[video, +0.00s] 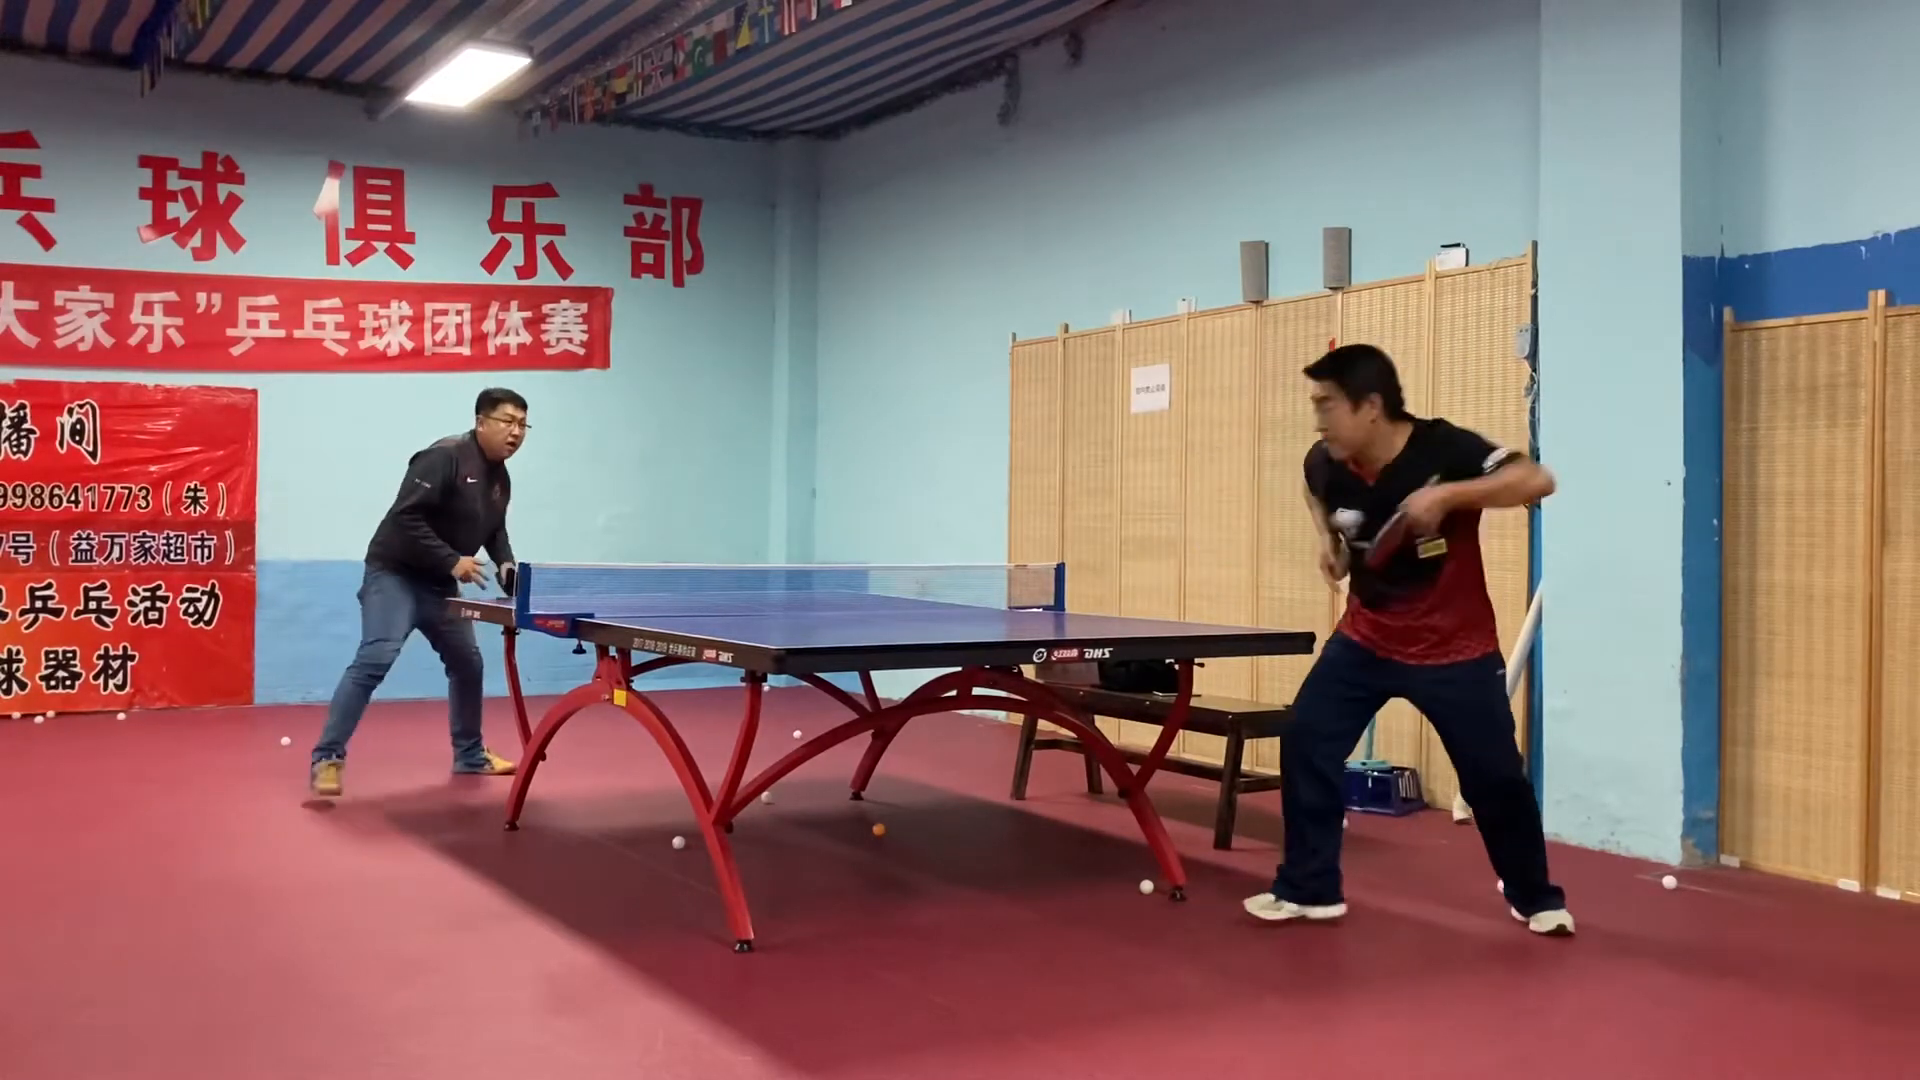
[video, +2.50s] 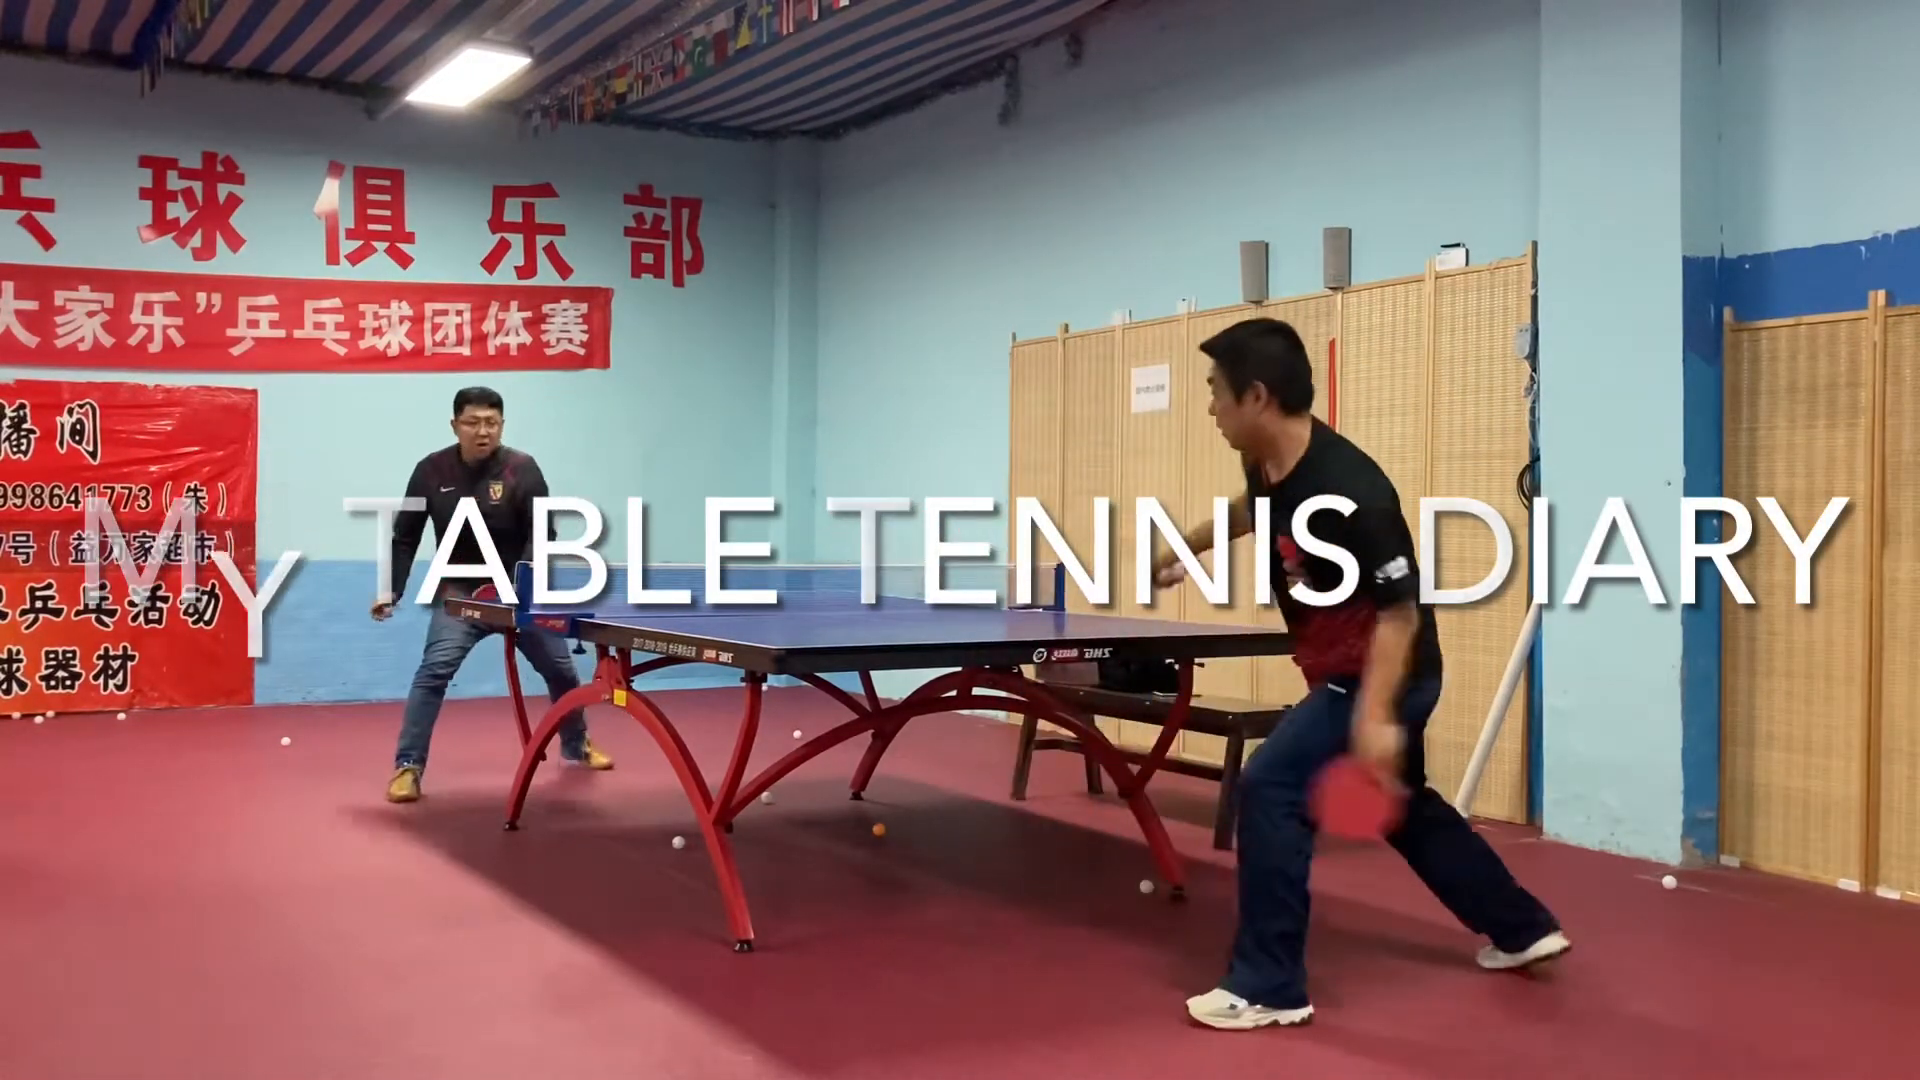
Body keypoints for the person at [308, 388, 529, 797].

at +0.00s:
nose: (516, 433)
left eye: (522, 426)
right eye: (508, 423)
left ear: (524, 431)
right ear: (481, 422)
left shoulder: (500, 479)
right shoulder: (442, 458)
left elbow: (494, 529)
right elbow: (404, 521)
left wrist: (506, 564)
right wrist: (451, 559)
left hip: (439, 583)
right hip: (394, 574)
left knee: (467, 663)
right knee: (376, 656)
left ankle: (469, 755)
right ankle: (328, 758)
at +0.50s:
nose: (487, 430)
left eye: (493, 423)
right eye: (478, 420)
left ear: (496, 425)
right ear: (450, 417)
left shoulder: (489, 464)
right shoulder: (398, 453)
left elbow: (507, 515)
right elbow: (363, 517)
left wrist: (536, 538)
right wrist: (404, 554)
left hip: (457, 594)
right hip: (394, 595)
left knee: (513, 659)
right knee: (358, 676)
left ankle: (534, 766)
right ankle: (307, 775)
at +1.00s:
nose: (538, 438)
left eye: (547, 430)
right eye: (529, 428)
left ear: (555, 431)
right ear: (506, 425)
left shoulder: (561, 480)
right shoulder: (471, 453)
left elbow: (569, 546)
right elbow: (439, 499)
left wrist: (552, 598)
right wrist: (425, 548)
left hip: (527, 602)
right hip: (462, 593)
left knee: (545, 668)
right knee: (405, 676)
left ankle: (557, 779)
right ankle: (382, 766)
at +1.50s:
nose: (558, 422)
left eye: (566, 415)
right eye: (548, 413)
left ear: (573, 419)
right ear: (527, 413)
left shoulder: (576, 465)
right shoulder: (485, 456)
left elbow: (598, 521)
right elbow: (446, 510)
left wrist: (620, 518)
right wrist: (460, 568)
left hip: (547, 587)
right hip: (484, 587)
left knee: (604, 650)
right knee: (443, 672)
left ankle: (610, 750)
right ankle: (404, 764)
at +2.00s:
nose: (504, 448)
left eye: (514, 439)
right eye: (495, 437)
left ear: (528, 438)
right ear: (481, 434)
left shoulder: (543, 473)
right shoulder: (459, 467)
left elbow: (529, 536)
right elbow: (436, 529)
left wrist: (472, 557)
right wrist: (419, 572)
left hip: (533, 590)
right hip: (474, 592)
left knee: (582, 665)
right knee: (441, 668)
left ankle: (610, 753)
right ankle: (412, 766)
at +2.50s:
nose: (483, 432)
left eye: (491, 423)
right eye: (473, 423)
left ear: (502, 426)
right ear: (455, 426)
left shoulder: (523, 469)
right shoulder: (432, 470)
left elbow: (543, 537)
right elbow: (404, 535)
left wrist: (537, 594)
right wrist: (390, 591)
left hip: (517, 590)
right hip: (459, 593)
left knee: (561, 668)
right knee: (436, 668)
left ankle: (577, 745)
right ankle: (408, 767)